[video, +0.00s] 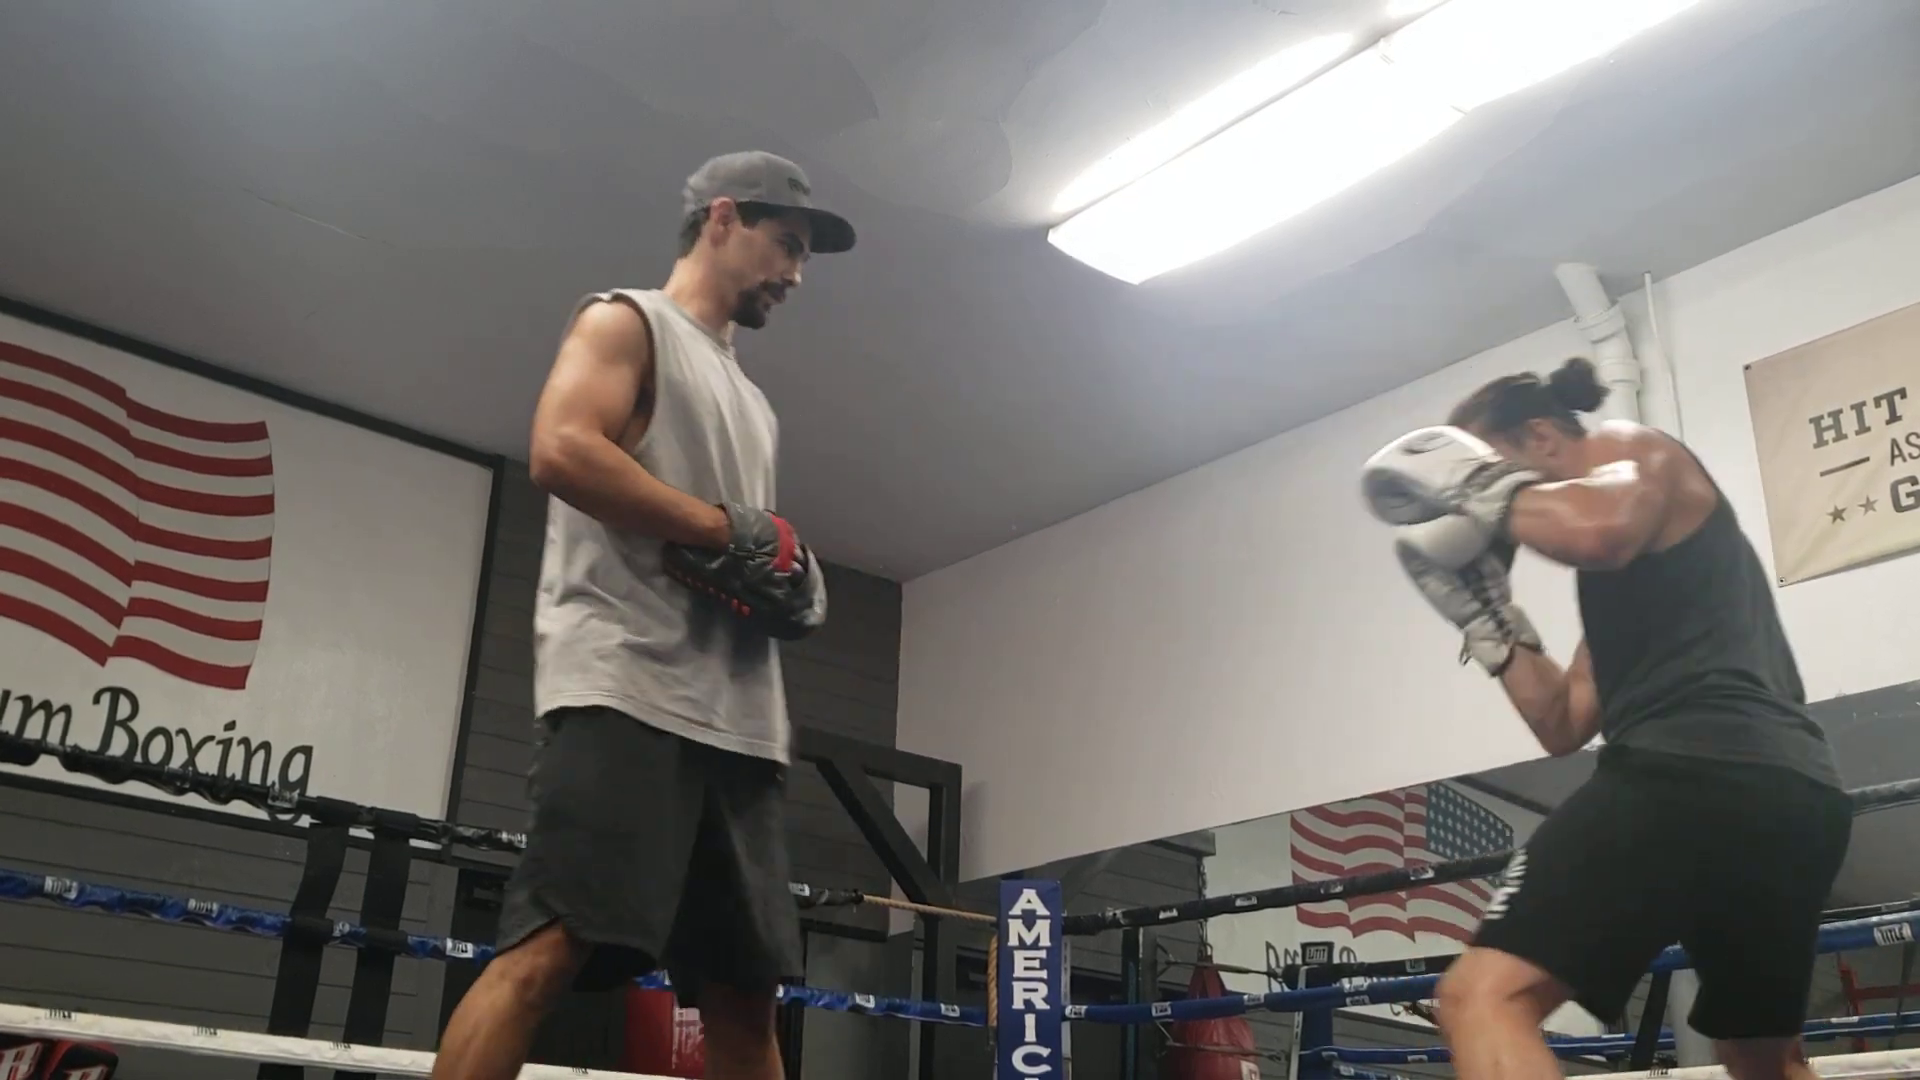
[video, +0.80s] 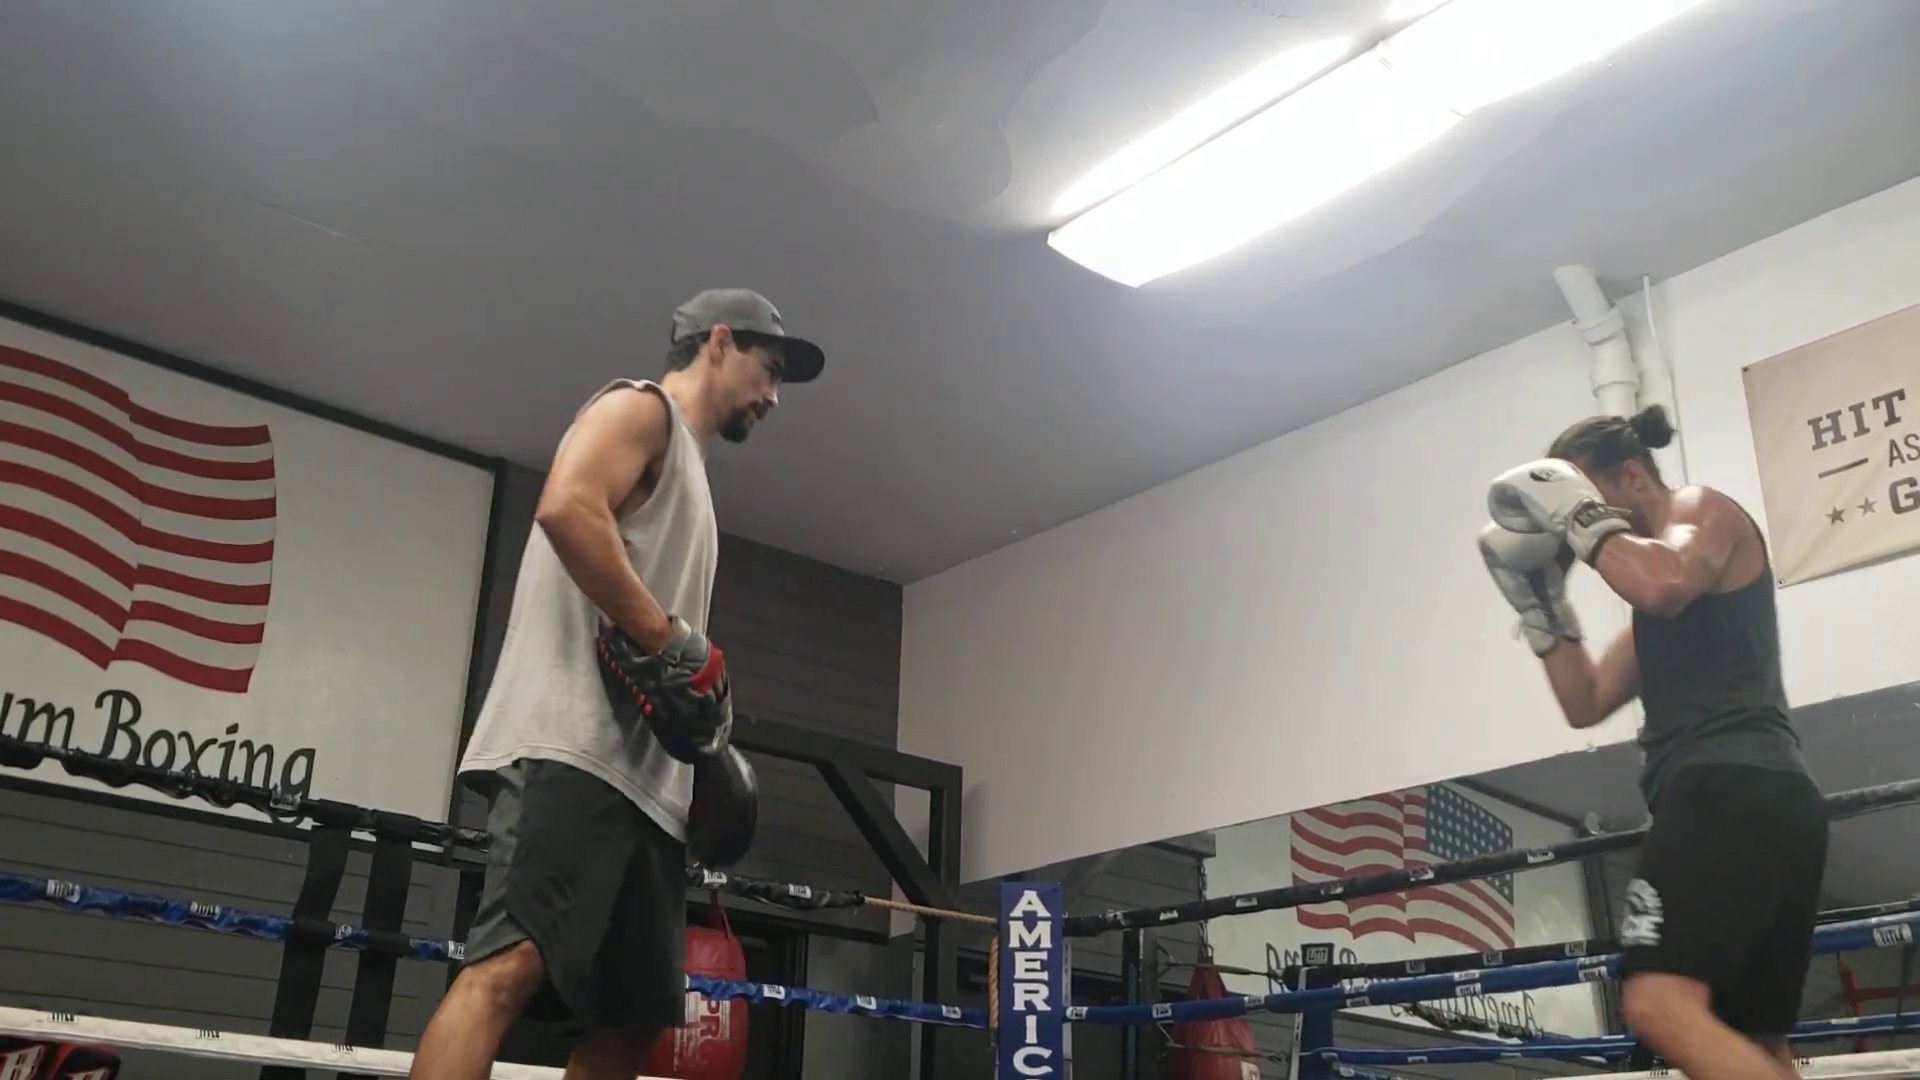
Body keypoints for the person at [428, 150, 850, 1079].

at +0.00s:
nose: (796, 273)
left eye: (805, 256)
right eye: (786, 242)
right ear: (720, 217)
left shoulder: (753, 407)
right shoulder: (623, 320)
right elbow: (562, 450)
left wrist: (789, 583)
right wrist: (735, 532)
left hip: (737, 717)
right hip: (620, 693)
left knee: (745, 994)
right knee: (547, 950)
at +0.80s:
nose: (773, 395)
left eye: (781, 379)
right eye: (769, 368)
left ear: (722, 356)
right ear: (719, 344)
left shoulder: (687, 480)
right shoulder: (639, 409)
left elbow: (664, 623)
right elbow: (569, 508)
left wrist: (704, 735)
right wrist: (669, 642)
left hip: (645, 774)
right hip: (570, 742)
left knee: (631, 1015)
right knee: (506, 967)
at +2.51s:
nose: (888, 231)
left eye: (895, 211)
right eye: (892, 198)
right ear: (858, 161)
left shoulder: (823, 318)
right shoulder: (748, 210)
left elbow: (818, 479)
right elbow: (717, 336)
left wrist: (913, 554)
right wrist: (862, 483)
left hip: (847, 658)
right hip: (727, 630)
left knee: (885, 938)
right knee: (636, 936)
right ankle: (520, 1075)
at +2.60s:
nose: (928, 218)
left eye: (936, 199)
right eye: (932, 188)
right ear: (897, 154)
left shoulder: (863, 301)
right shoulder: (793, 196)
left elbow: (864, 458)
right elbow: (771, 323)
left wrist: (969, 523)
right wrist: (925, 459)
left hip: (890, 642)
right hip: (784, 615)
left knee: (913, 940)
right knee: (751, 916)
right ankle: (576, 1073)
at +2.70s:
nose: (973, 195)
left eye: (981, 178)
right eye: (974, 166)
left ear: (914, 140)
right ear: (939, 135)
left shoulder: (910, 277)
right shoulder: (841, 181)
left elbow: (902, 442)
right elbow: (826, 307)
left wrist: (1003, 487)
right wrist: (989, 434)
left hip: (931, 610)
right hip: (852, 588)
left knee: (936, 926)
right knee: (891, 883)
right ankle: (679, 1069)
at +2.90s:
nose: (1058, 156)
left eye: (1062, 139)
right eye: (1057, 129)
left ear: (968, 103)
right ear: (1026, 103)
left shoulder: (914, 188)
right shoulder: (966, 148)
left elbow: (956, 417)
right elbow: (945, 282)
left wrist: (1068, 467)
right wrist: (1096, 420)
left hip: (917, 586)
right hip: (969, 574)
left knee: (934, 933)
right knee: (1067, 863)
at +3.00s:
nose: (1100, 144)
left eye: (1104, 138)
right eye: (1103, 124)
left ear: (988, 94)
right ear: (1079, 93)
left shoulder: (917, 216)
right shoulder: (1031, 129)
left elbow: (976, 401)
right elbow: (1027, 274)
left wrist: (1119, 468)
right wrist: (1157, 437)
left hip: (931, 593)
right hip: (1023, 571)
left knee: (942, 937)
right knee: (1136, 868)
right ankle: (1212, 1072)